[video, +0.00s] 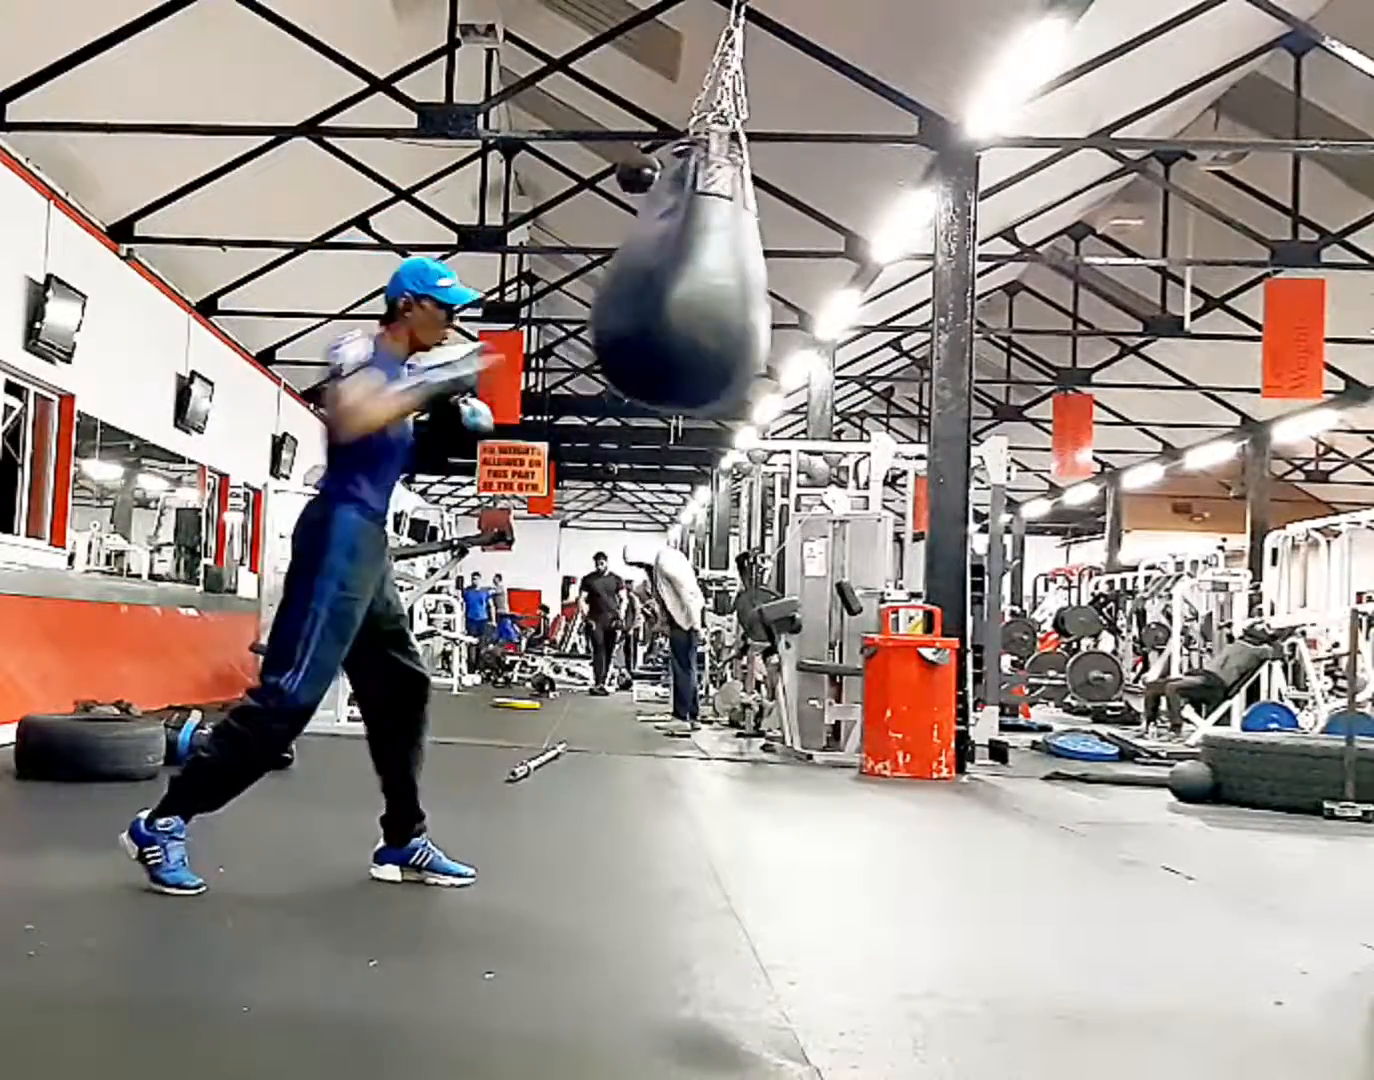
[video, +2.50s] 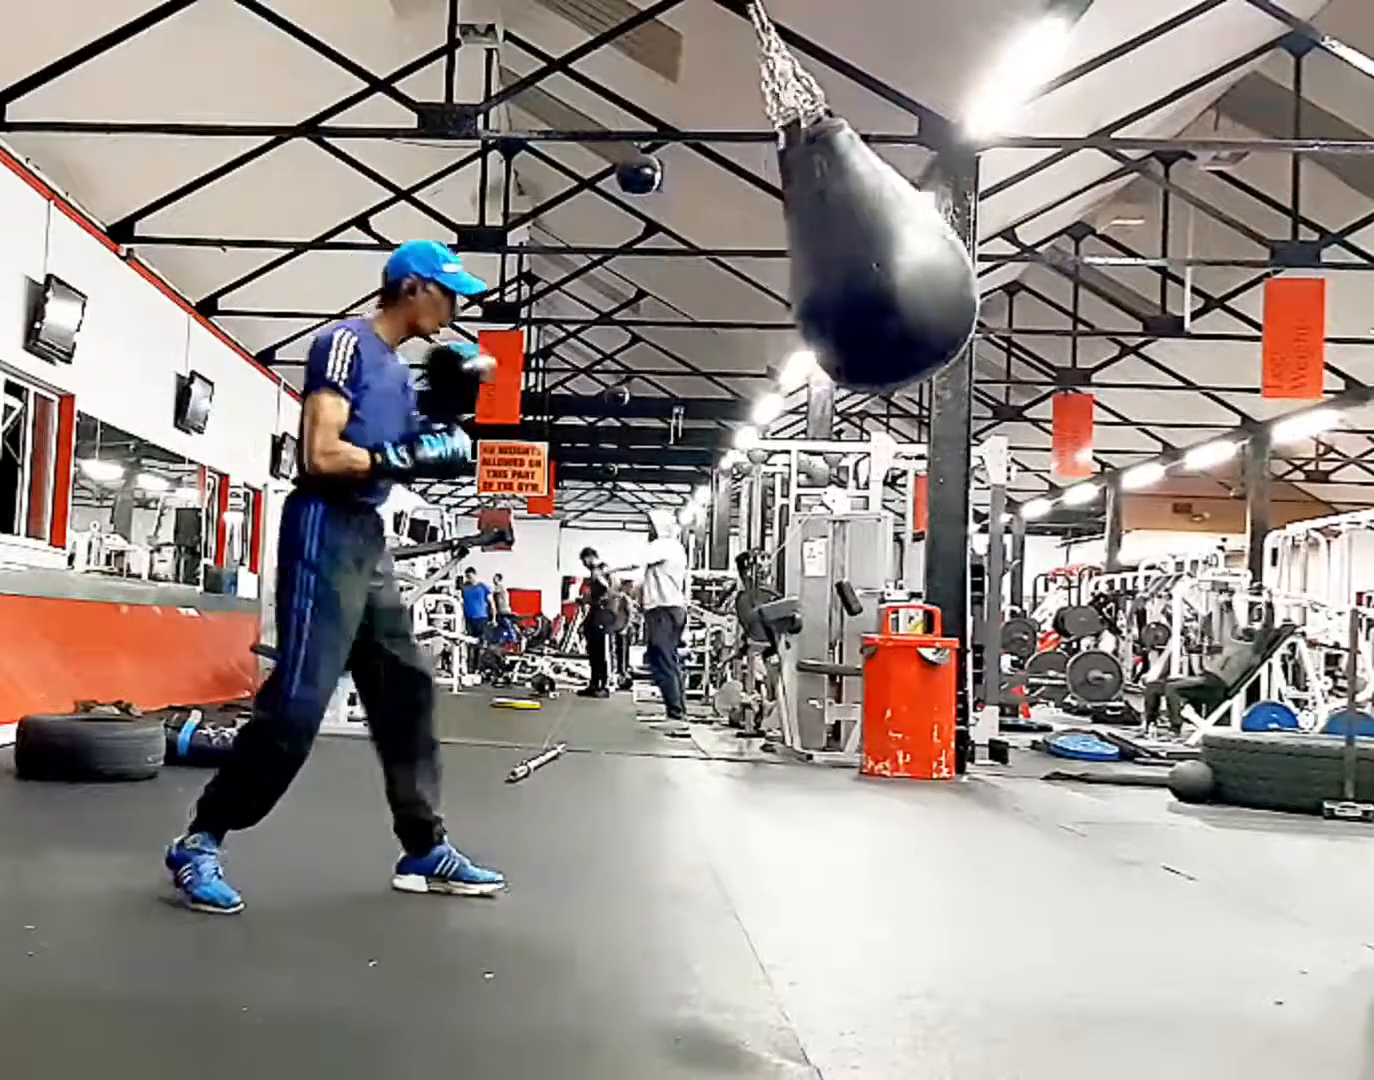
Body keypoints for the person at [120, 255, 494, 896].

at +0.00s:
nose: (449, 327)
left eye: (452, 316)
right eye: (443, 313)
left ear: (417, 312)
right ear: (409, 307)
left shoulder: (405, 373)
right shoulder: (361, 351)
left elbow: (403, 451)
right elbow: (350, 418)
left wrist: (458, 424)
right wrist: (432, 386)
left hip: (366, 538)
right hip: (339, 532)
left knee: (400, 687)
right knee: (285, 702)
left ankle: (403, 839)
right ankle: (161, 824)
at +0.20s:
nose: (463, 334)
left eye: (465, 324)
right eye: (458, 321)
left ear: (414, 315)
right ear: (428, 313)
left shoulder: (367, 362)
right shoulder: (403, 351)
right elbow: (470, 414)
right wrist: (554, 411)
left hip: (357, 532)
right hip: (346, 530)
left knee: (394, 688)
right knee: (288, 694)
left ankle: (403, 843)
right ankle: (164, 822)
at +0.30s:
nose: (484, 354)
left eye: (485, 342)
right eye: (478, 341)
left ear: (443, 338)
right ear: (444, 335)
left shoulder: (405, 373)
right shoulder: (411, 367)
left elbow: (393, 454)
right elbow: (390, 445)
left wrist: (454, 448)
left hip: (361, 540)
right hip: (340, 536)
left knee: (403, 689)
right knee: (318, 705)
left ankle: (404, 843)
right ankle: (179, 816)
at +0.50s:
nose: (464, 354)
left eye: (465, 343)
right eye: (457, 341)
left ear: (430, 341)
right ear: (422, 337)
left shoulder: (402, 387)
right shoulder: (377, 374)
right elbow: (314, 443)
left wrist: (451, 427)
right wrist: (384, 468)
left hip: (364, 559)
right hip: (329, 555)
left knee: (419, 698)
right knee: (312, 724)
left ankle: (407, 844)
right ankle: (169, 822)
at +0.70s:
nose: (403, 297)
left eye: (406, 285)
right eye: (396, 282)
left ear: (377, 281)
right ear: (359, 272)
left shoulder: (361, 345)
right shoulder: (302, 317)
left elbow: (346, 440)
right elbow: (276, 416)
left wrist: (400, 446)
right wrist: (353, 396)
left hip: (334, 519)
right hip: (287, 513)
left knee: (363, 671)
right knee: (250, 676)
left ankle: (363, 827)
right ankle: (156, 824)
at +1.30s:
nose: (426, 330)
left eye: (428, 319)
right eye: (422, 316)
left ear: (391, 311)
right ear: (391, 308)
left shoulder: (358, 365)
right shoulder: (335, 347)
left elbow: (328, 448)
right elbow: (312, 450)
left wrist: (386, 435)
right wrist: (382, 439)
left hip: (311, 542)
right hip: (279, 539)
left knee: (354, 696)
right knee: (243, 706)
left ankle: (361, 843)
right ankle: (138, 836)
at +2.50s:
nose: (454, 311)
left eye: (456, 300)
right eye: (449, 297)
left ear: (419, 292)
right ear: (414, 288)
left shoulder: (394, 366)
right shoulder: (344, 342)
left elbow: (400, 447)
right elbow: (321, 454)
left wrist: (446, 405)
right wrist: (405, 458)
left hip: (365, 533)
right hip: (323, 528)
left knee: (405, 689)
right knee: (296, 703)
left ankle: (424, 849)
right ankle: (198, 844)